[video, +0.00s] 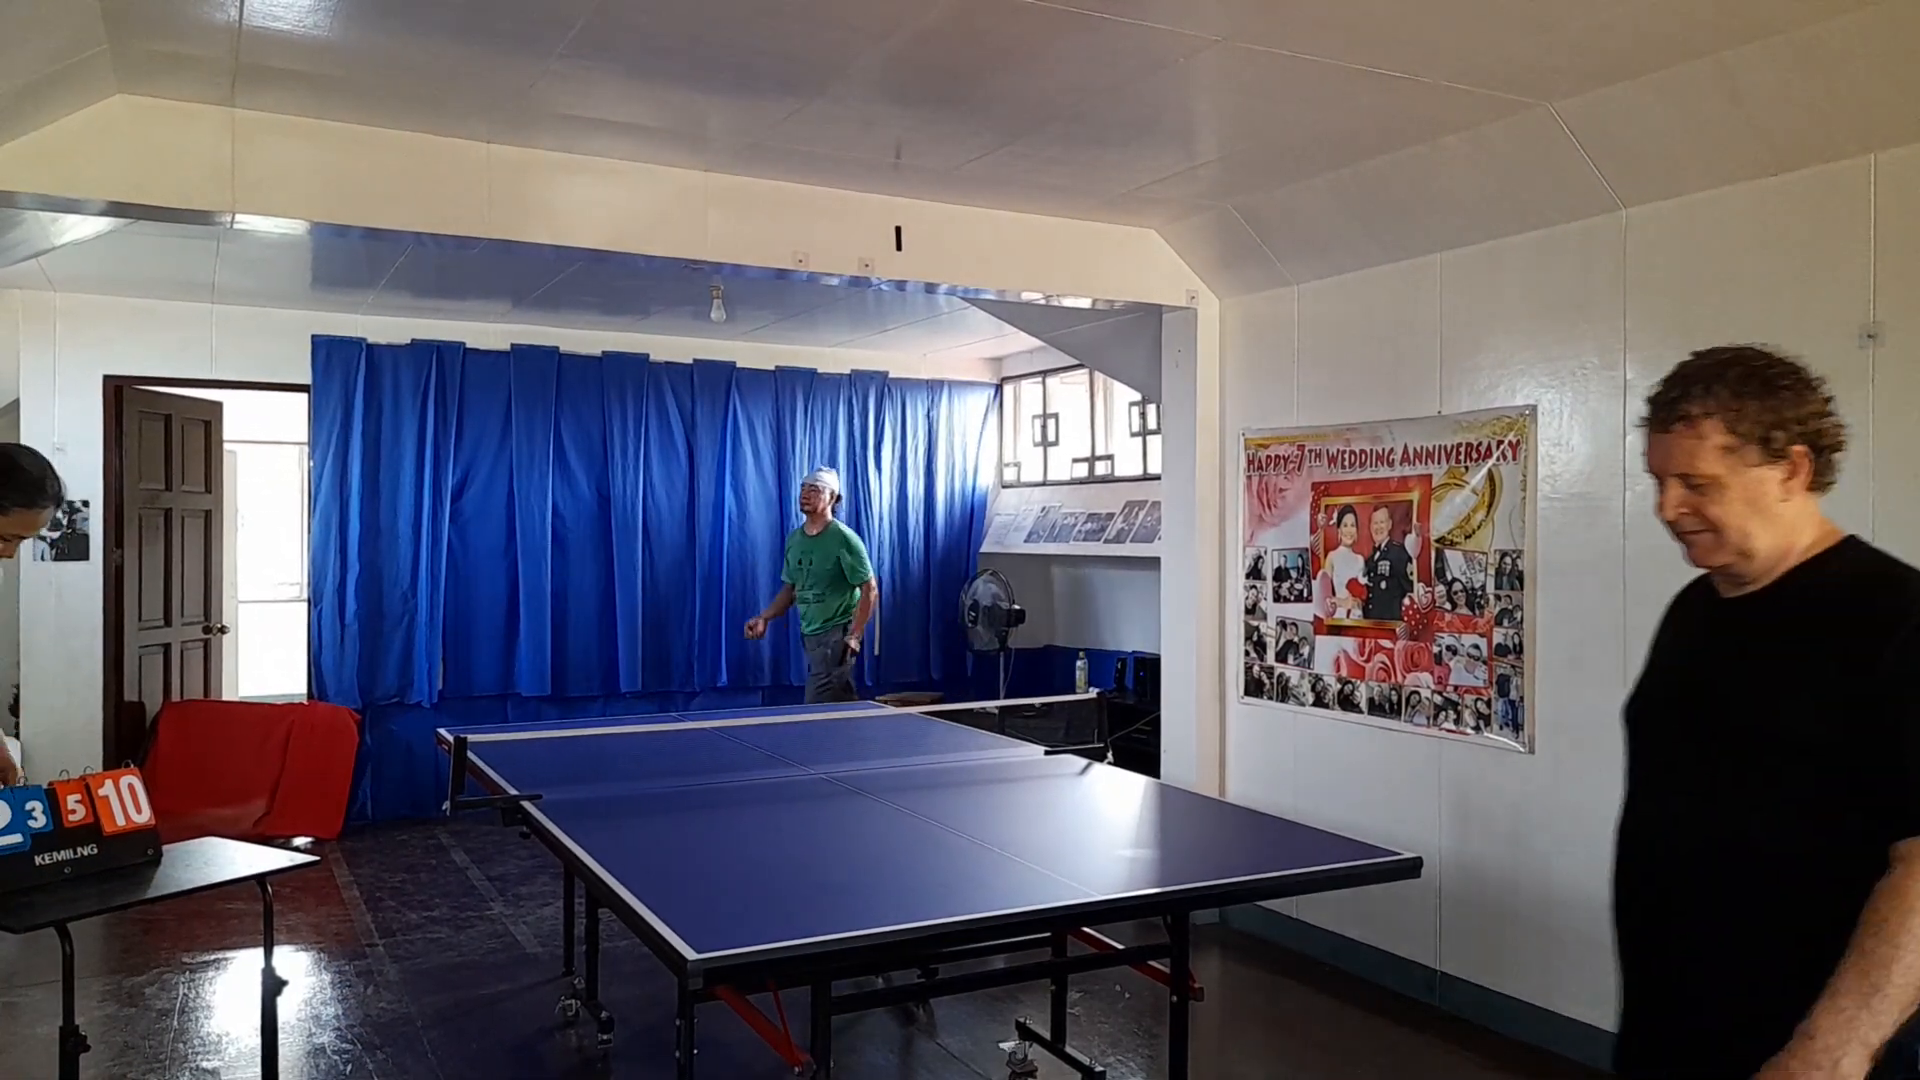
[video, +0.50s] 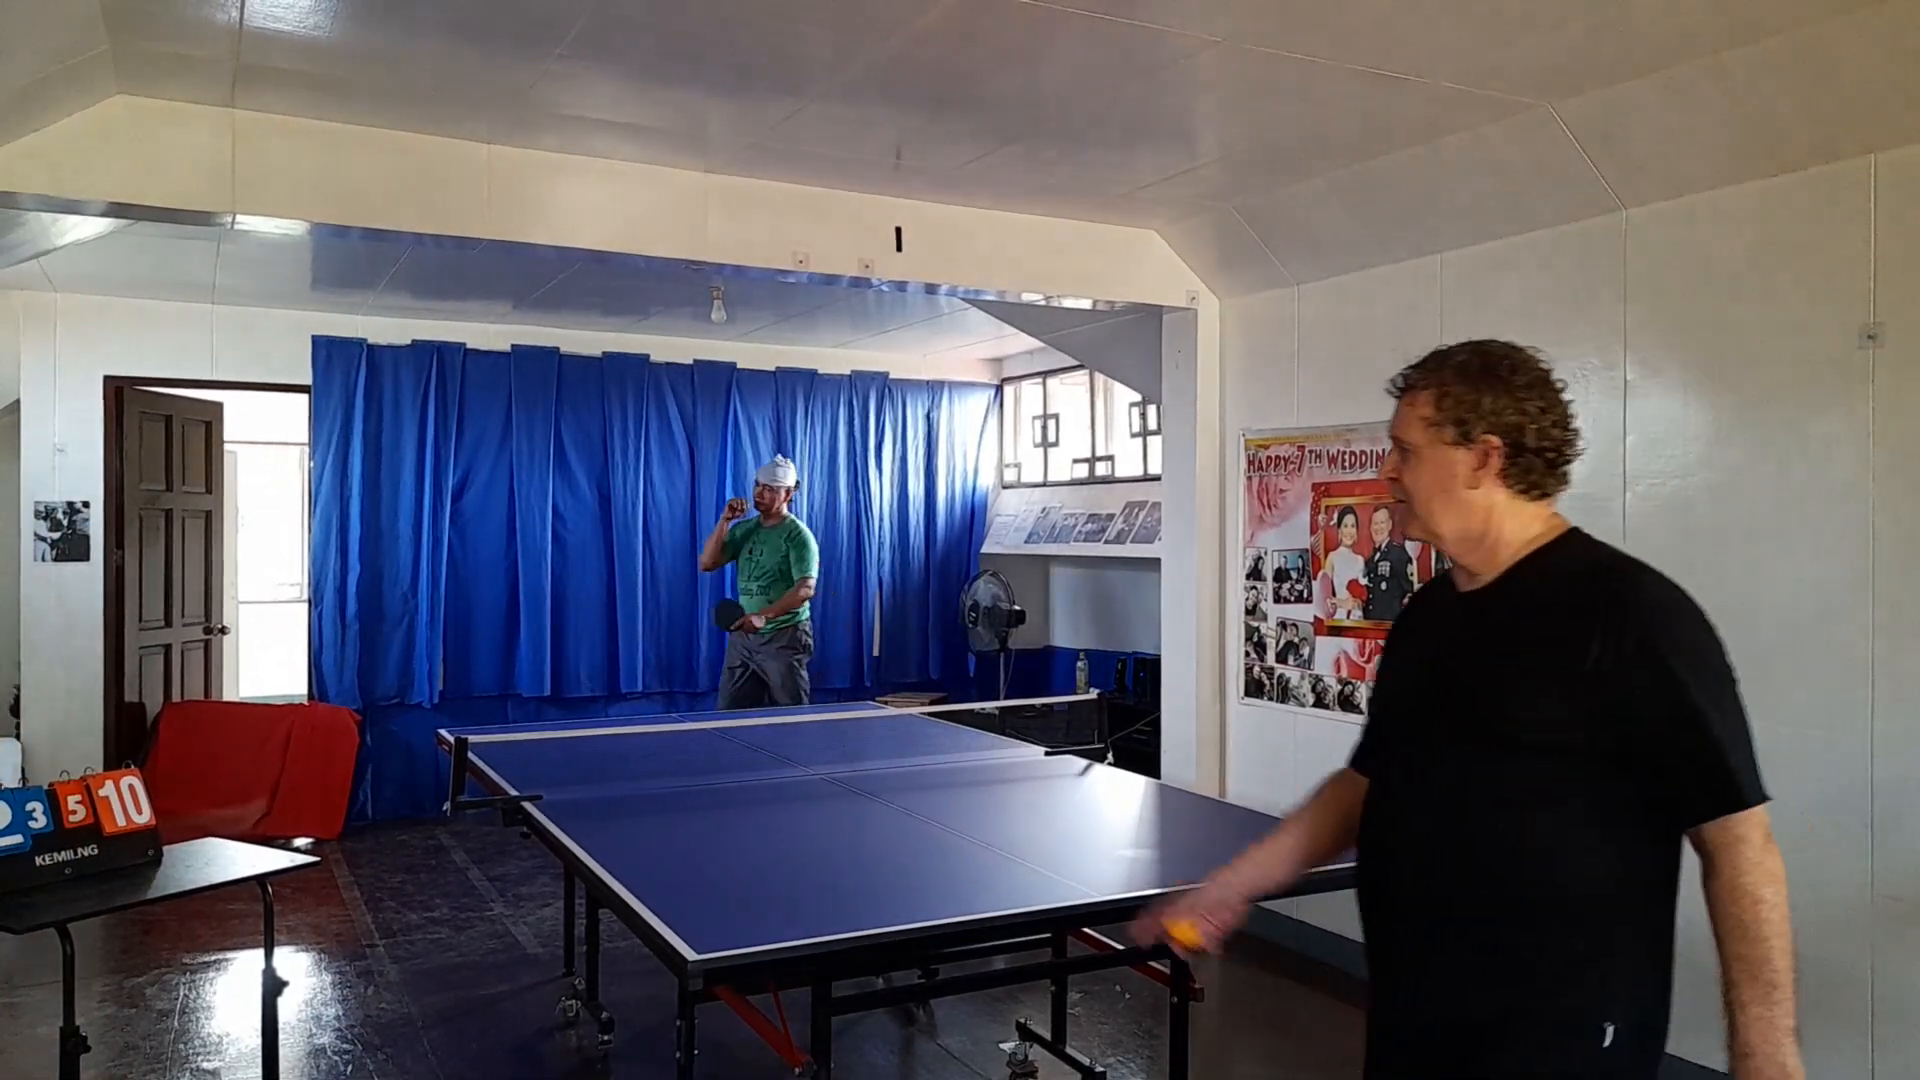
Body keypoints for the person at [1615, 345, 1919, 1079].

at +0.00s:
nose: (1666, 508)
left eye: (1696, 484)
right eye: (1660, 481)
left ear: (1791, 473)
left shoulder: (1897, 613)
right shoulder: (1693, 610)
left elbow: (1918, 862)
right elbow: (1674, 825)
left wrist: (1827, 1056)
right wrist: (1651, 1011)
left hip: (1806, 1050)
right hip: (1669, 1026)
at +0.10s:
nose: (1599, 501)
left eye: (1623, 477)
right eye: (1597, 475)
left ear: (1719, 473)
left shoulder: (1844, 623)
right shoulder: (1632, 620)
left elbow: (1892, 864)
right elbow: (1604, 831)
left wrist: (1812, 1068)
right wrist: (1586, 1021)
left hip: (1761, 1049)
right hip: (1613, 1031)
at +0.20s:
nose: (1532, 487)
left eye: (1554, 464)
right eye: (1536, 463)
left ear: (1644, 470)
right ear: (1641, 471)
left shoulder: (1784, 620)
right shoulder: (1567, 622)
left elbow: (1842, 860)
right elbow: (1544, 833)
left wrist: (1821, 1067)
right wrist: (1531, 1019)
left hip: (1708, 1043)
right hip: (1551, 1029)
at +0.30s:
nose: (1478, 483)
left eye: (1498, 460)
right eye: (1480, 459)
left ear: (1584, 467)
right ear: (1579, 470)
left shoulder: (1732, 622)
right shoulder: (1515, 619)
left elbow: (1805, 861)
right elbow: (1480, 825)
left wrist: (1824, 1063)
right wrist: (1429, 980)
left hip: (1658, 1048)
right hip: (1497, 1036)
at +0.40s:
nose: (1434, 477)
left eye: (1451, 454)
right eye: (1436, 454)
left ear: (1534, 460)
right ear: (1528, 463)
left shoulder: (1687, 615)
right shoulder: (1467, 616)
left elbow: (1776, 848)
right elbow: (1415, 793)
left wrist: (1806, 1059)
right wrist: (1337, 937)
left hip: (1614, 1045)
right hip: (1455, 1032)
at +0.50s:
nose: (1386, 475)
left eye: (1403, 450)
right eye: (1390, 452)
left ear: (1485, 457)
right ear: (1476, 460)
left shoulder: (1637, 616)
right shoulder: (1426, 619)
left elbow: (1737, 844)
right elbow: (1369, 783)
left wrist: (1767, 1060)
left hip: (1571, 1048)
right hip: (1417, 1036)